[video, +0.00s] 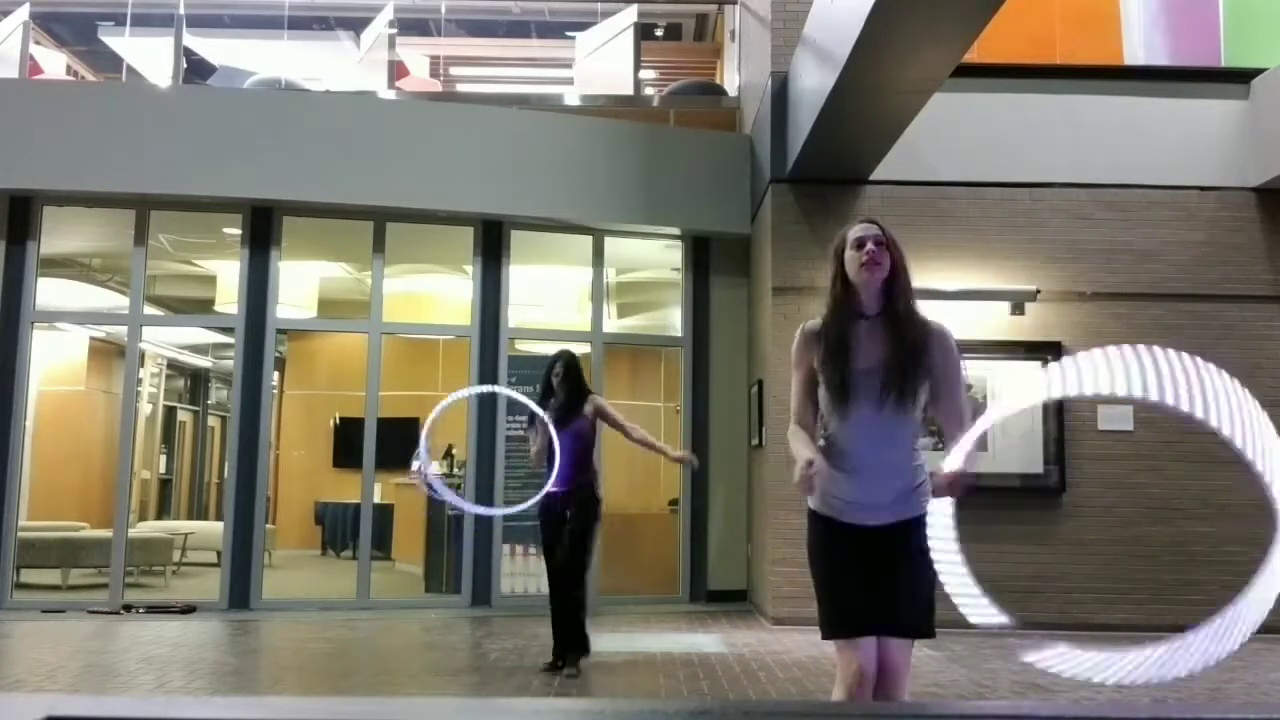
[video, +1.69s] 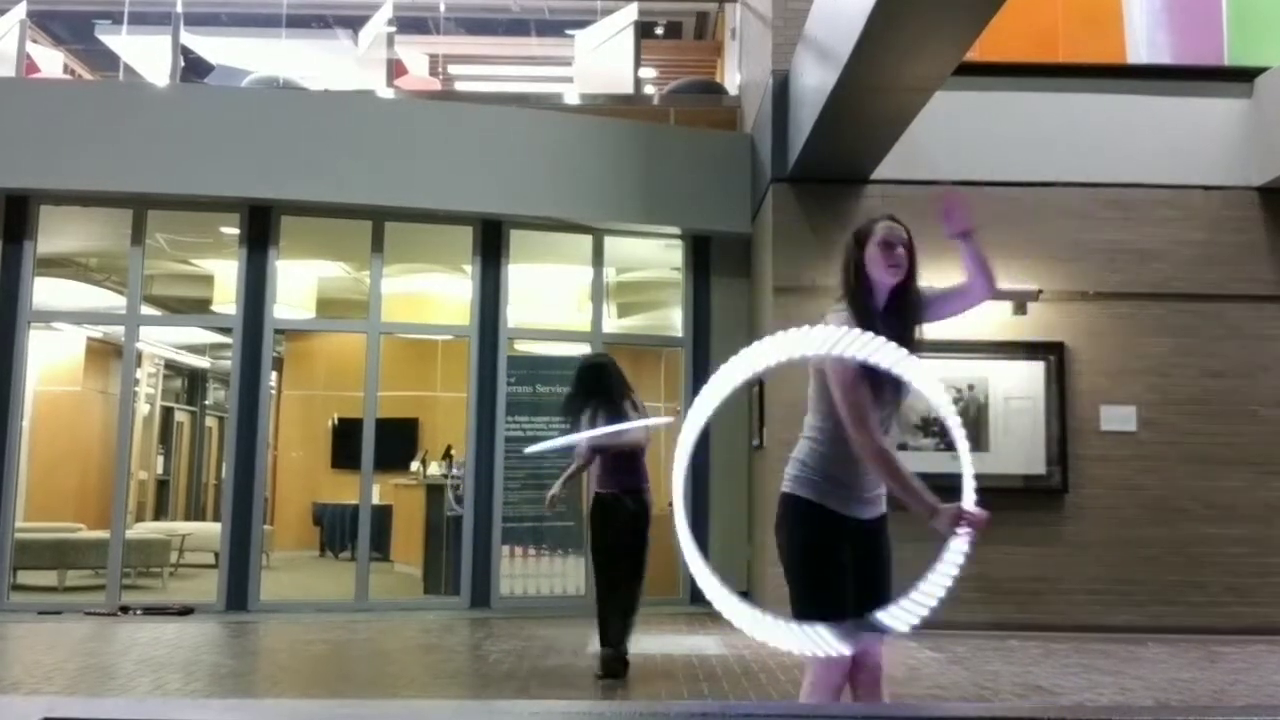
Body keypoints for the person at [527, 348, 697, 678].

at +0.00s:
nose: (559, 378)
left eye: (565, 372)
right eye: (555, 373)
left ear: (575, 376)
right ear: (549, 376)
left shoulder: (591, 405)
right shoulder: (547, 412)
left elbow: (630, 431)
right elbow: (537, 459)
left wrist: (671, 454)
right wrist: (537, 434)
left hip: (583, 498)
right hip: (552, 498)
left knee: (571, 573)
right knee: (556, 576)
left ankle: (574, 653)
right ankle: (561, 652)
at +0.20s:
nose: (568, 381)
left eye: (575, 375)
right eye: (564, 375)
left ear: (585, 377)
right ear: (558, 377)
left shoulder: (599, 408)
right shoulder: (550, 408)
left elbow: (618, 448)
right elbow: (536, 445)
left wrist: (640, 482)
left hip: (586, 503)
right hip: (554, 503)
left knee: (581, 581)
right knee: (557, 580)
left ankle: (578, 657)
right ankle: (560, 653)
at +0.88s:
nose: (606, 380)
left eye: (606, 374)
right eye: (602, 374)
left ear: (587, 374)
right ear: (589, 373)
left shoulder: (592, 405)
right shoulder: (569, 397)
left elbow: (590, 463)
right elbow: (565, 444)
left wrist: (618, 493)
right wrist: (595, 421)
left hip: (585, 505)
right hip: (563, 504)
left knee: (585, 585)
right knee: (560, 583)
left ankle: (584, 660)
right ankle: (543, 662)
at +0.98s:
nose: (609, 380)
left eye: (607, 373)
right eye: (606, 373)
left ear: (576, 373)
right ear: (596, 374)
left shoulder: (569, 400)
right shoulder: (589, 399)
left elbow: (570, 460)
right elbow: (594, 447)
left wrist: (596, 492)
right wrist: (612, 433)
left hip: (562, 498)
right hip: (577, 501)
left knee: (580, 579)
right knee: (568, 577)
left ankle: (580, 659)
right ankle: (542, 660)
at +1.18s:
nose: (603, 385)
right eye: (602, 378)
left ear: (571, 380)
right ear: (604, 382)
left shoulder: (560, 412)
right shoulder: (611, 412)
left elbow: (552, 457)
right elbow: (621, 463)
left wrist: (559, 475)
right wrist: (624, 457)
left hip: (570, 504)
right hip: (603, 506)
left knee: (568, 577)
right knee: (602, 580)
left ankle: (567, 654)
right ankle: (575, 634)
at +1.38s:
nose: (568, 389)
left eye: (568, 384)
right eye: (567, 384)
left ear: (575, 381)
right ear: (600, 376)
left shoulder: (583, 403)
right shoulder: (619, 402)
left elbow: (575, 452)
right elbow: (638, 444)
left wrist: (546, 481)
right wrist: (605, 449)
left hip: (590, 504)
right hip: (616, 505)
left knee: (578, 581)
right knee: (605, 583)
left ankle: (566, 661)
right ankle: (617, 660)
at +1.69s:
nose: (579, 389)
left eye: (581, 383)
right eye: (580, 383)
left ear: (586, 384)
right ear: (616, 377)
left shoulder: (593, 413)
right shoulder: (637, 407)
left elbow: (585, 456)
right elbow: (642, 445)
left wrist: (559, 486)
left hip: (607, 503)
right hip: (638, 502)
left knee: (608, 575)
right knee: (630, 576)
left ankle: (612, 652)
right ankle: (617, 648)